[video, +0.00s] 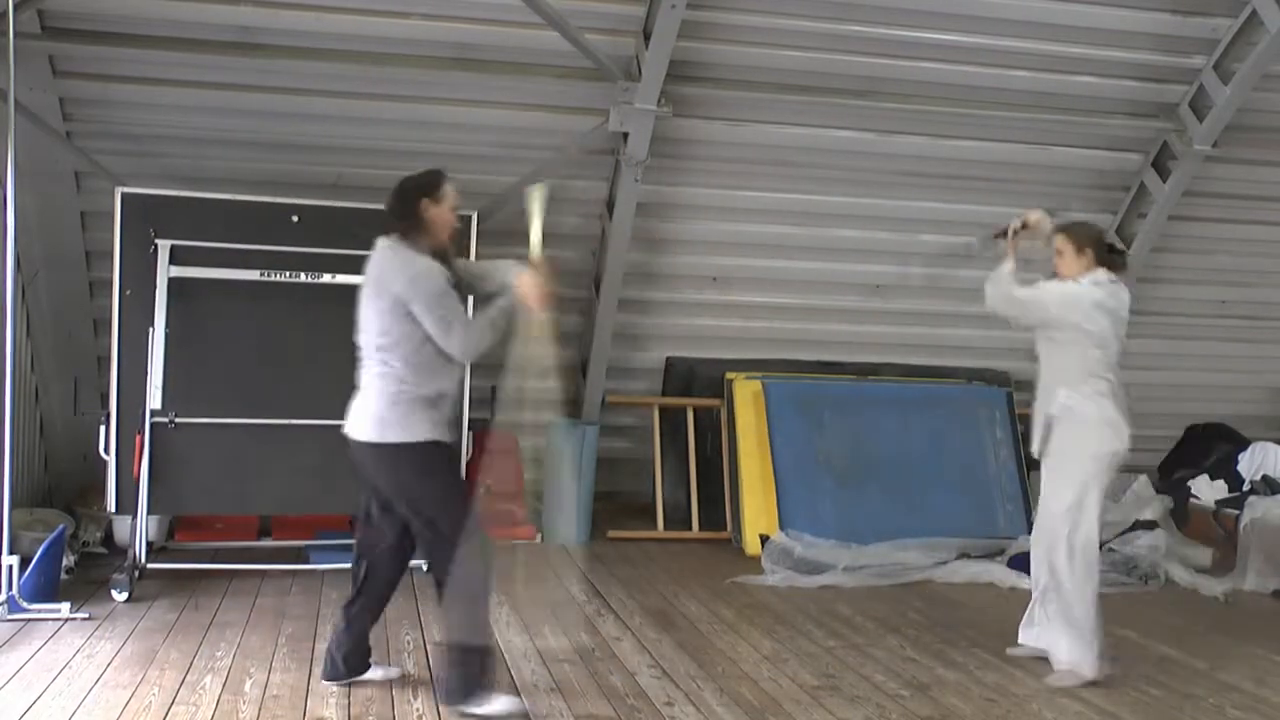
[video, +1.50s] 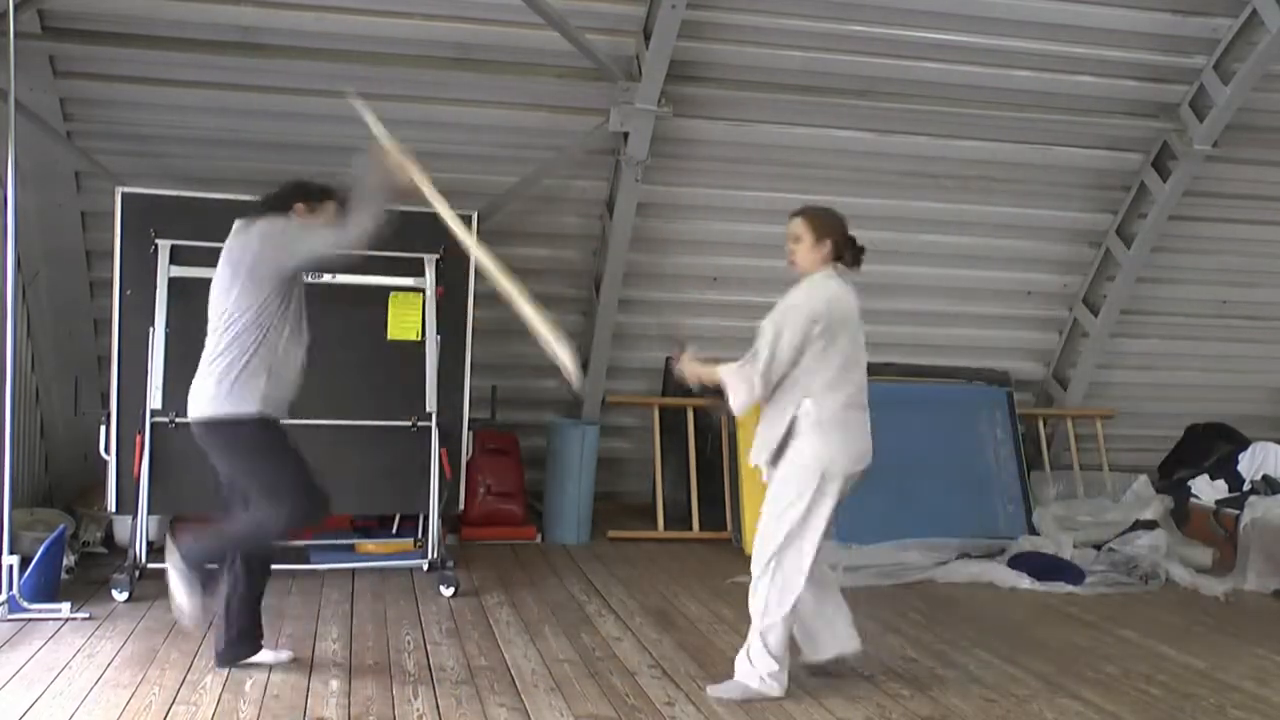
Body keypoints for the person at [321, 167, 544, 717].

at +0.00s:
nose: (457, 217)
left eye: (455, 207)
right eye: (450, 207)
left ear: (417, 211)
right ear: (424, 210)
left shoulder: (388, 256)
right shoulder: (416, 271)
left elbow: (466, 277)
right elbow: (465, 342)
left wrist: (520, 276)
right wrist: (513, 298)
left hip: (373, 431)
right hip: (408, 439)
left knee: (384, 550)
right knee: (464, 549)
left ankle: (345, 661)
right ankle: (466, 686)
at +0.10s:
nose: (442, 213)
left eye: (440, 204)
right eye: (435, 203)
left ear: (405, 206)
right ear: (409, 205)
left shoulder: (375, 251)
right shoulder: (401, 265)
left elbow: (452, 276)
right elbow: (449, 336)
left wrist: (506, 276)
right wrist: (493, 291)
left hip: (362, 426)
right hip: (389, 432)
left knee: (377, 549)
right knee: (445, 541)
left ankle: (343, 661)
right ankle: (402, 665)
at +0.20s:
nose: (421, 208)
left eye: (420, 199)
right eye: (413, 198)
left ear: (384, 198)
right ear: (386, 198)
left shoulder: (363, 244)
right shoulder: (369, 250)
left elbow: (419, 300)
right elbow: (417, 335)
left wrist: (466, 285)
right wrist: (492, 312)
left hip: (351, 421)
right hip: (362, 425)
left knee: (362, 539)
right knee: (414, 535)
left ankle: (351, 657)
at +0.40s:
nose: (389, 211)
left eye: (388, 201)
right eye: (383, 199)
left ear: (355, 201)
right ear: (354, 200)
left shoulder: (351, 260)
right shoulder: (320, 253)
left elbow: (401, 318)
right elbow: (372, 325)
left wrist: (462, 305)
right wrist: (453, 306)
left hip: (351, 433)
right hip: (324, 431)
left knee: (359, 546)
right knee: (329, 560)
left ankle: (343, 662)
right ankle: (251, 692)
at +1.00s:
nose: (349, 209)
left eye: (348, 199)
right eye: (342, 198)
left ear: (313, 202)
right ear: (310, 201)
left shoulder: (320, 274)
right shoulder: (280, 251)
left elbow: (339, 346)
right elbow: (324, 341)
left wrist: (399, 336)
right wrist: (402, 351)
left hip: (285, 434)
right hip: (243, 427)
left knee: (319, 540)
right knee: (269, 560)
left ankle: (278, 660)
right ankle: (251, 708)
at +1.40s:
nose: (322, 231)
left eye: (324, 221)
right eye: (318, 218)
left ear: (289, 210)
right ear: (289, 209)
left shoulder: (270, 255)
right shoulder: (255, 252)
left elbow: (347, 274)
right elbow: (340, 294)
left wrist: (414, 256)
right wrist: (411, 259)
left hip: (247, 420)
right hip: (229, 421)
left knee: (267, 532)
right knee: (277, 531)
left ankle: (241, 643)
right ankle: (210, 652)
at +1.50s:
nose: (328, 229)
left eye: (329, 220)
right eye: (326, 219)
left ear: (294, 209)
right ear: (302, 209)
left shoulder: (252, 241)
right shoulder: (265, 236)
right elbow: (348, 235)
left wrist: (379, 186)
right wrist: (382, 178)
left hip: (226, 412)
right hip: (234, 413)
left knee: (252, 524)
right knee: (300, 503)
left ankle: (237, 645)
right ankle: (190, 551)